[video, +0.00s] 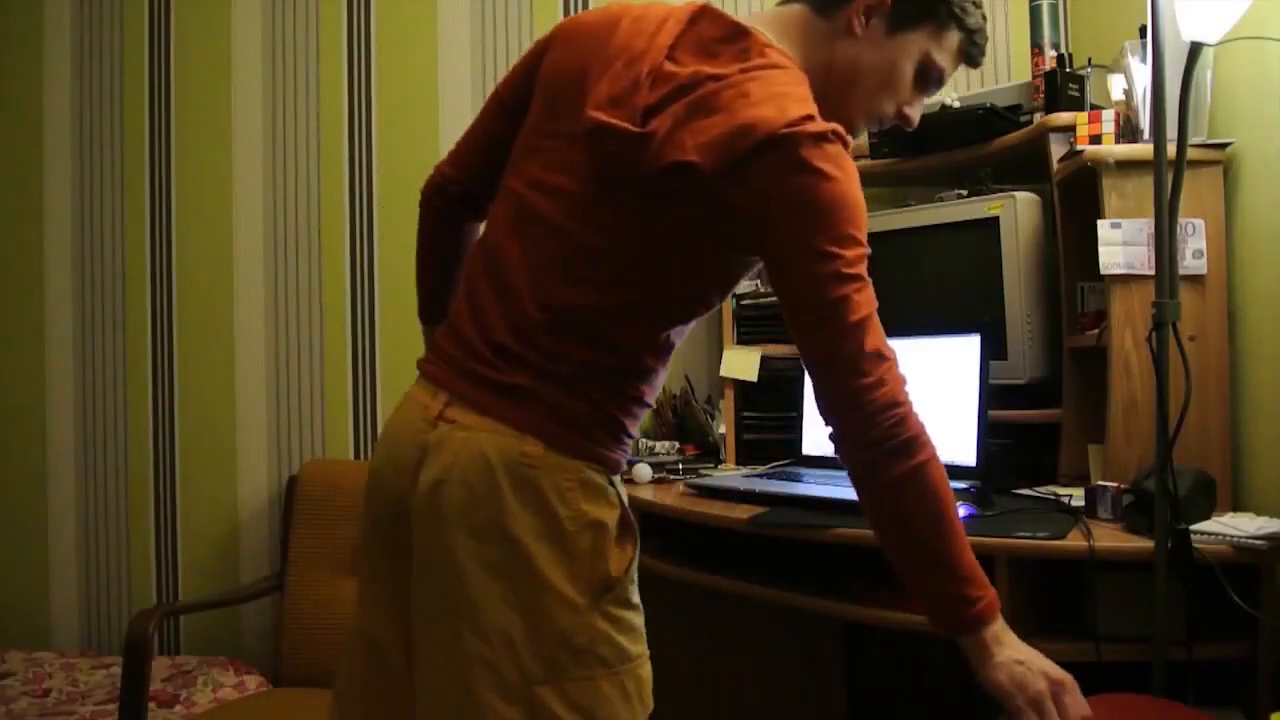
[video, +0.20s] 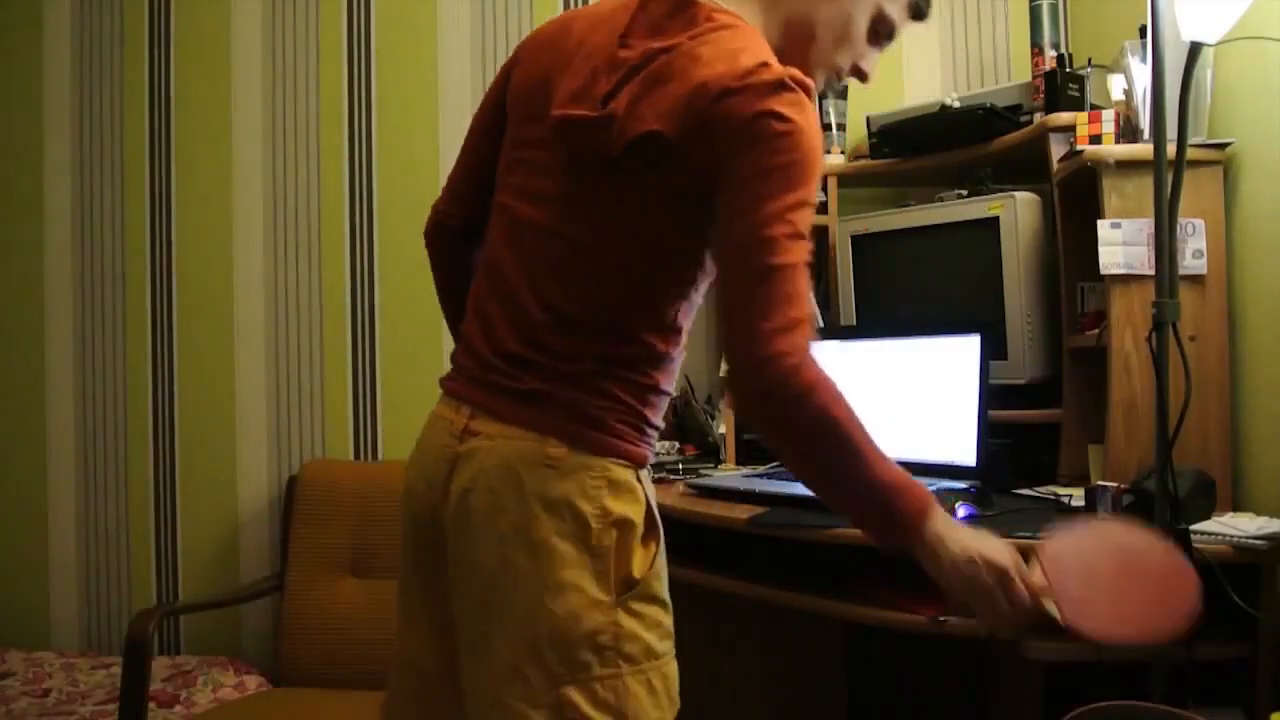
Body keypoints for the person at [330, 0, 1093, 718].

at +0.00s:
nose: (910, 114)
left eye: (931, 94)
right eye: (924, 75)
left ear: (845, 15)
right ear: (867, 14)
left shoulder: (594, 31)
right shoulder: (791, 137)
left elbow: (450, 195)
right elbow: (872, 414)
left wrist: (452, 367)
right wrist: (985, 632)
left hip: (416, 443)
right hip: (534, 490)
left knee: (384, 710)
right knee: (567, 702)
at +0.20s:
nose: (863, 67)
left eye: (882, 48)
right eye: (876, 31)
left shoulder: (559, 35)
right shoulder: (761, 96)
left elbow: (451, 227)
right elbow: (771, 372)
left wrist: (501, 368)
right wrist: (933, 532)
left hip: (449, 457)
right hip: (568, 496)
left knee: (429, 713)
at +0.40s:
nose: (792, 47)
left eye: (810, 26)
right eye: (807, 15)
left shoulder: (522, 52)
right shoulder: (694, 52)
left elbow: (450, 264)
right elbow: (633, 306)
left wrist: (524, 391)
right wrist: (812, 422)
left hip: (477, 465)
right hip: (583, 487)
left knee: (488, 710)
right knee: (621, 705)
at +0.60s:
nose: (709, 64)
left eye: (731, 47)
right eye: (732, 35)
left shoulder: (494, 69)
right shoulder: (619, 42)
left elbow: (444, 293)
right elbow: (601, 293)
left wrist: (553, 401)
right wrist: (735, 420)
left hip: (497, 471)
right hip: (576, 487)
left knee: (531, 707)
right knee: (621, 706)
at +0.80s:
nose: (671, 82)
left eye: (687, 65)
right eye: (685, 55)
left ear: (647, 11)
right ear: (652, 9)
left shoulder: (519, 63)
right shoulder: (551, 61)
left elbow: (445, 309)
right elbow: (483, 258)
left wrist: (616, 399)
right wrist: (638, 371)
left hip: (522, 477)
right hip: (543, 484)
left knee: (537, 707)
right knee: (615, 705)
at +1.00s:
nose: (663, 104)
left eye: (677, 87)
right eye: (675, 77)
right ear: (641, 27)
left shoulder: (537, 85)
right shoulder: (518, 71)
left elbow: (502, 268)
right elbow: (469, 258)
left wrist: (612, 344)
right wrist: (604, 334)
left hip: (529, 464)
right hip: (506, 471)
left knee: (508, 707)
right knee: (578, 706)